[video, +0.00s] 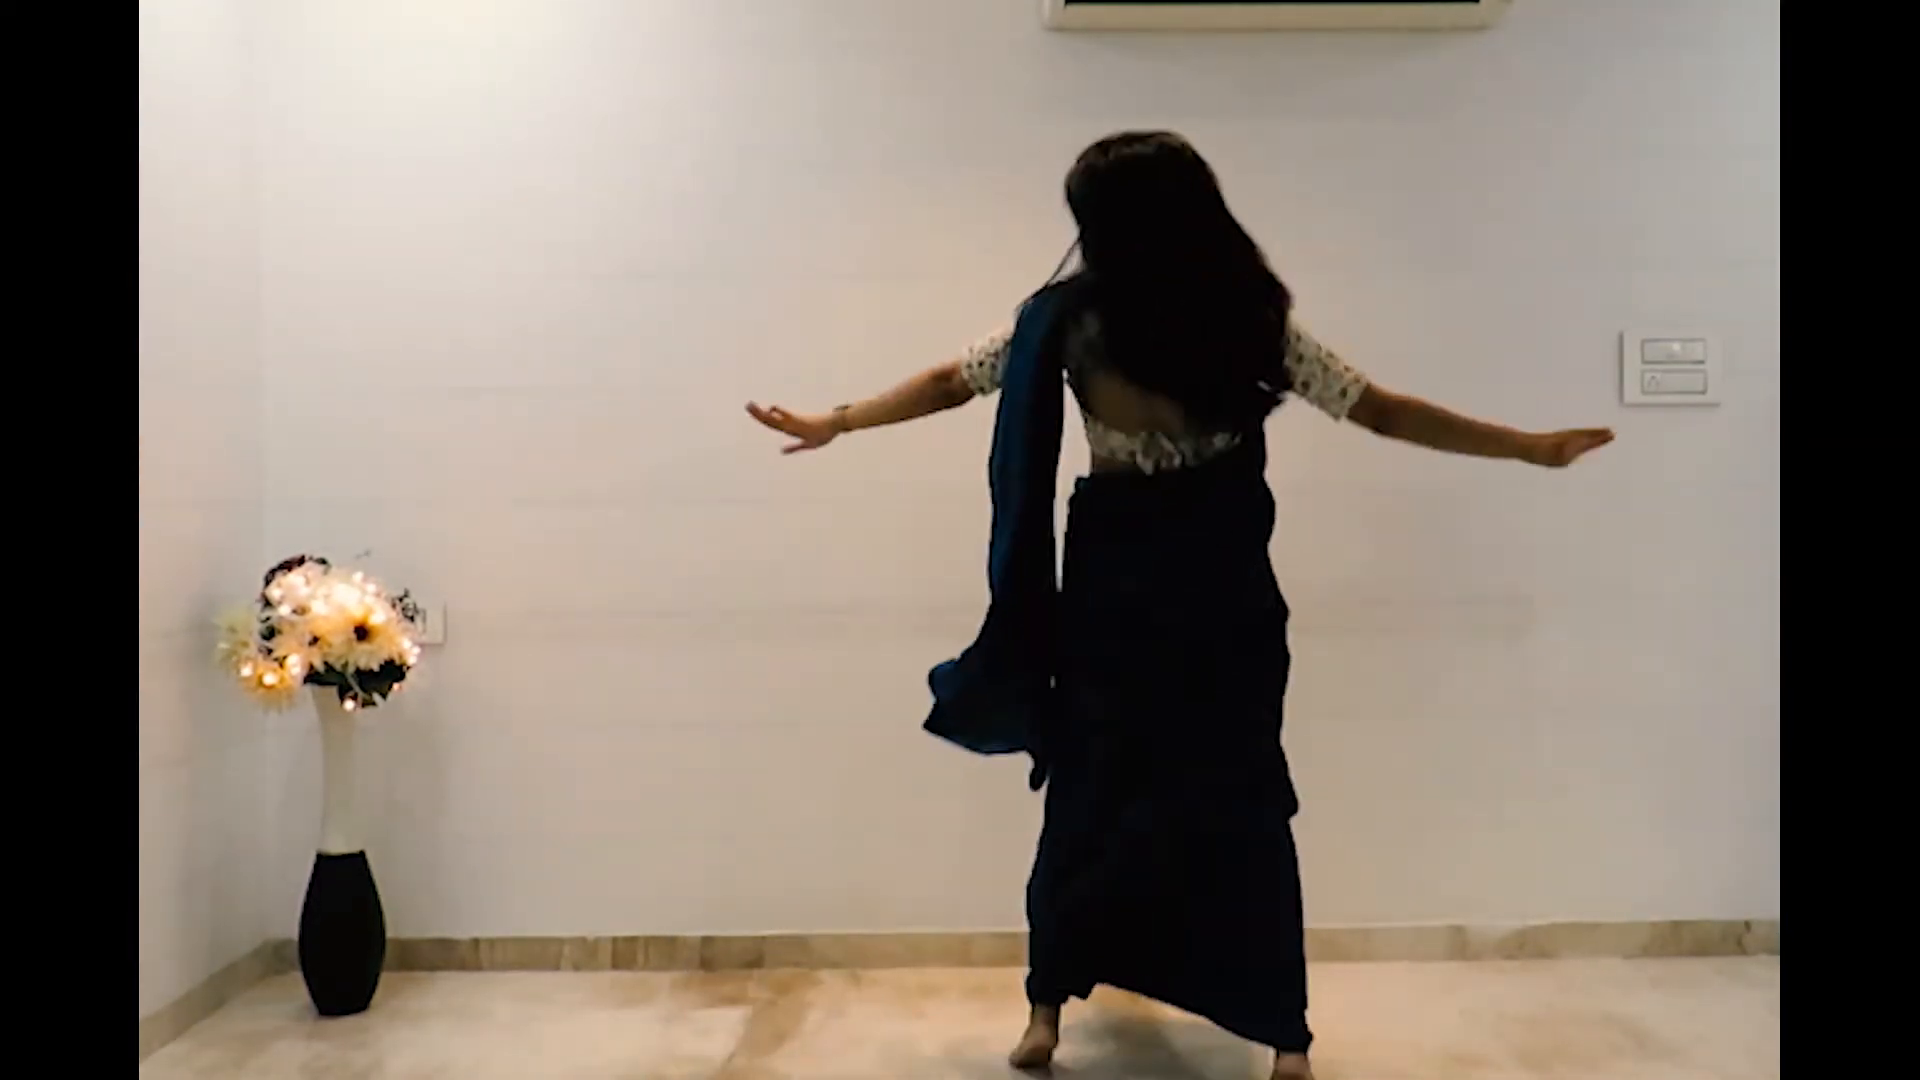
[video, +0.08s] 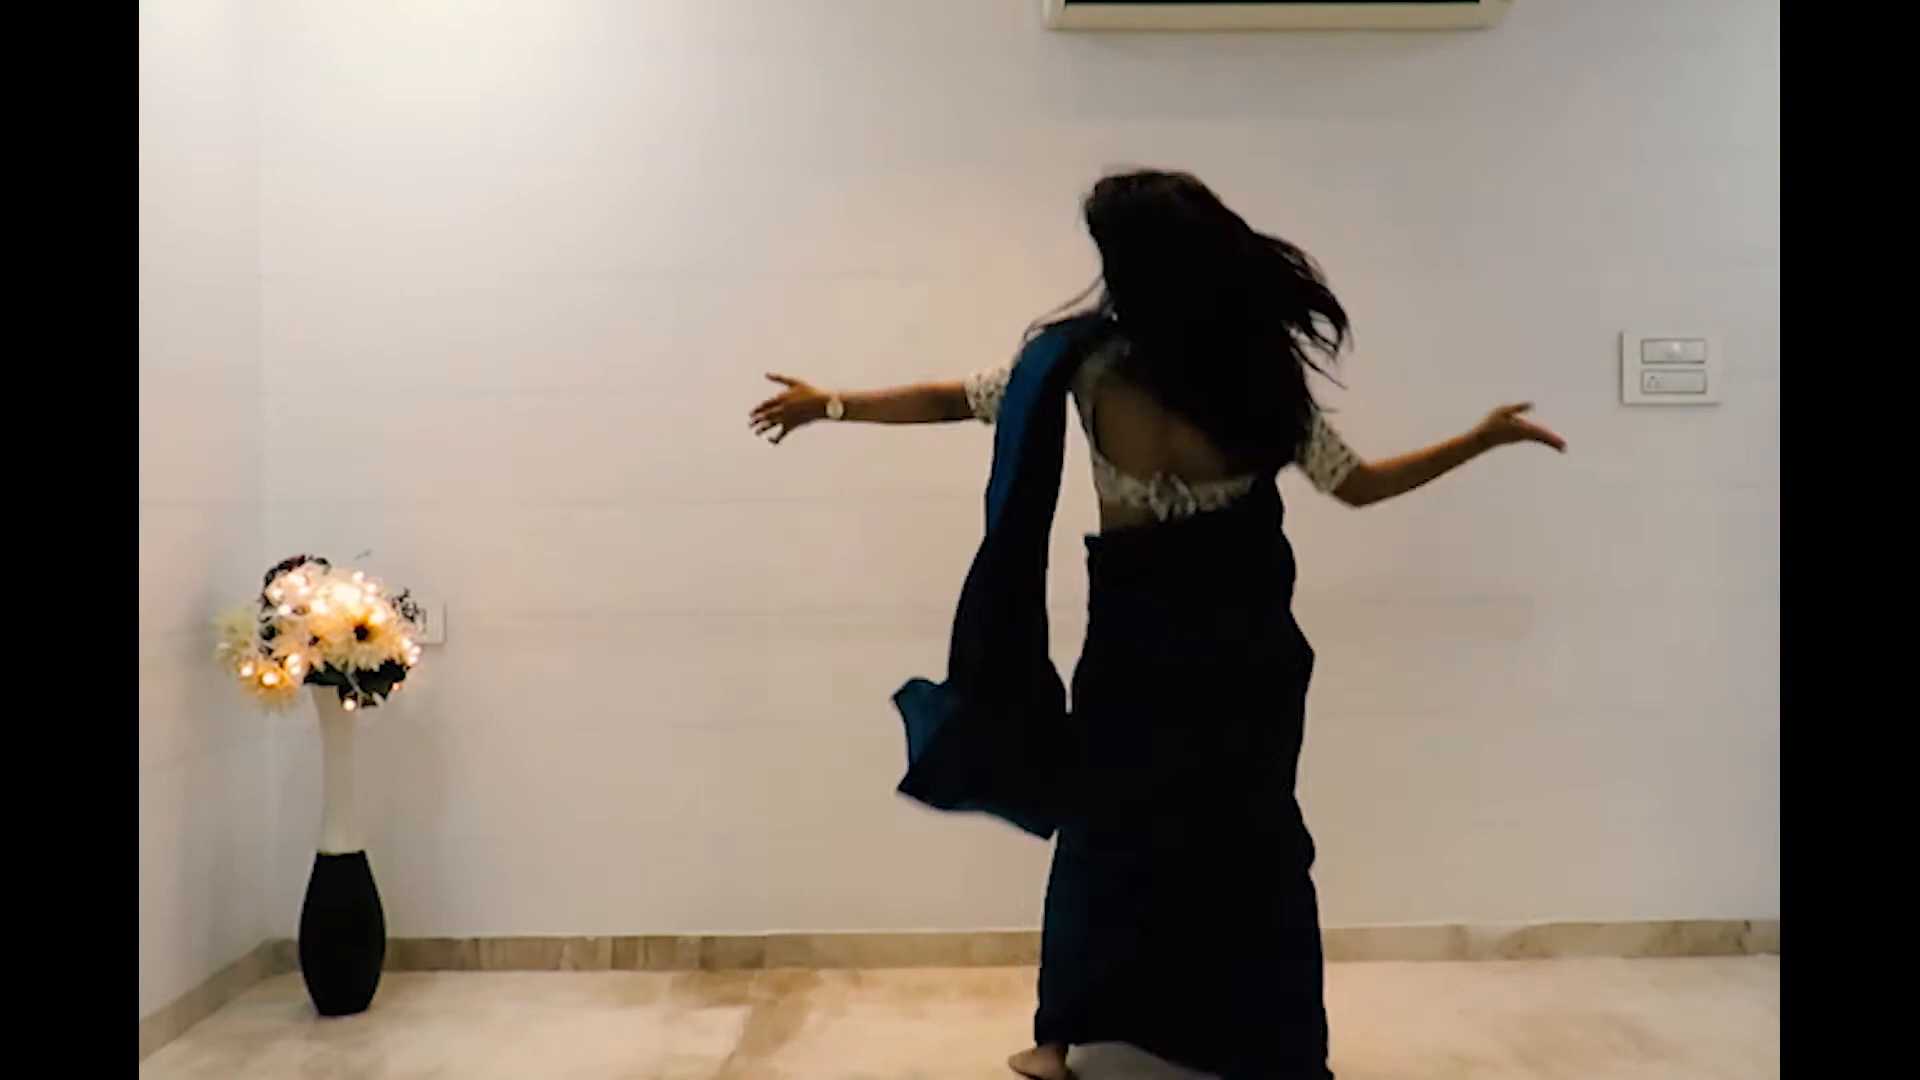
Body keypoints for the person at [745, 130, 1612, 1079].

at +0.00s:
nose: (1081, 244)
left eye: (1086, 229)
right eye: (1084, 228)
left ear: (1105, 233)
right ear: (1199, 220)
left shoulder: (1070, 319)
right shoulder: (1245, 321)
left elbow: (955, 380)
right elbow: (1376, 409)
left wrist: (839, 420)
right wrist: (1522, 444)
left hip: (1109, 574)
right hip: (1226, 577)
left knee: (1085, 785)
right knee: (1248, 793)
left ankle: (1044, 1012)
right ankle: (1289, 1035)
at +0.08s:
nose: (1099, 276)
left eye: (1106, 264)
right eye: (1107, 261)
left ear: (1124, 276)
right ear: (1214, 266)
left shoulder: (1085, 360)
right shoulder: (1251, 368)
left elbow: (961, 399)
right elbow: (1356, 482)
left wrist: (832, 401)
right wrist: (1484, 436)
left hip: (1134, 617)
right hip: (1249, 617)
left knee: (1110, 821)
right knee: (1250, 830)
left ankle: (1069, 1033)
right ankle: (1258, 1036)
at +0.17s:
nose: (1119, 298)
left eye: (1122, 285)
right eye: (1122, 285)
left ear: (1130, 290)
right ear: (1220, 277)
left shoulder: (1107, 377)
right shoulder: (1263, 374)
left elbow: (980, 418)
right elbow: (1316, 504)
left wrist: (865, 363)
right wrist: (1373, 411)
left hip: (1159, 620)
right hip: (1265, 616)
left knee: (1118, 819)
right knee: (1259, 825)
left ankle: (1076, 1037)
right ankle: (1259, 1037)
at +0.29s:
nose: (1127, 263)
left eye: (1133, 248)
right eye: (1129, 248)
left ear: (1156, 257)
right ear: (1248, 241)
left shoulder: (1158, 352)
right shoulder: (1284, 340)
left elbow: (1062, 444)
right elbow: (1265, 456)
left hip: (1180, 616)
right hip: (1275, 610)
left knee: (1150, 796)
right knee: (1265, 808)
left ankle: (1126, 1020)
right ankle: (1281, 1031)